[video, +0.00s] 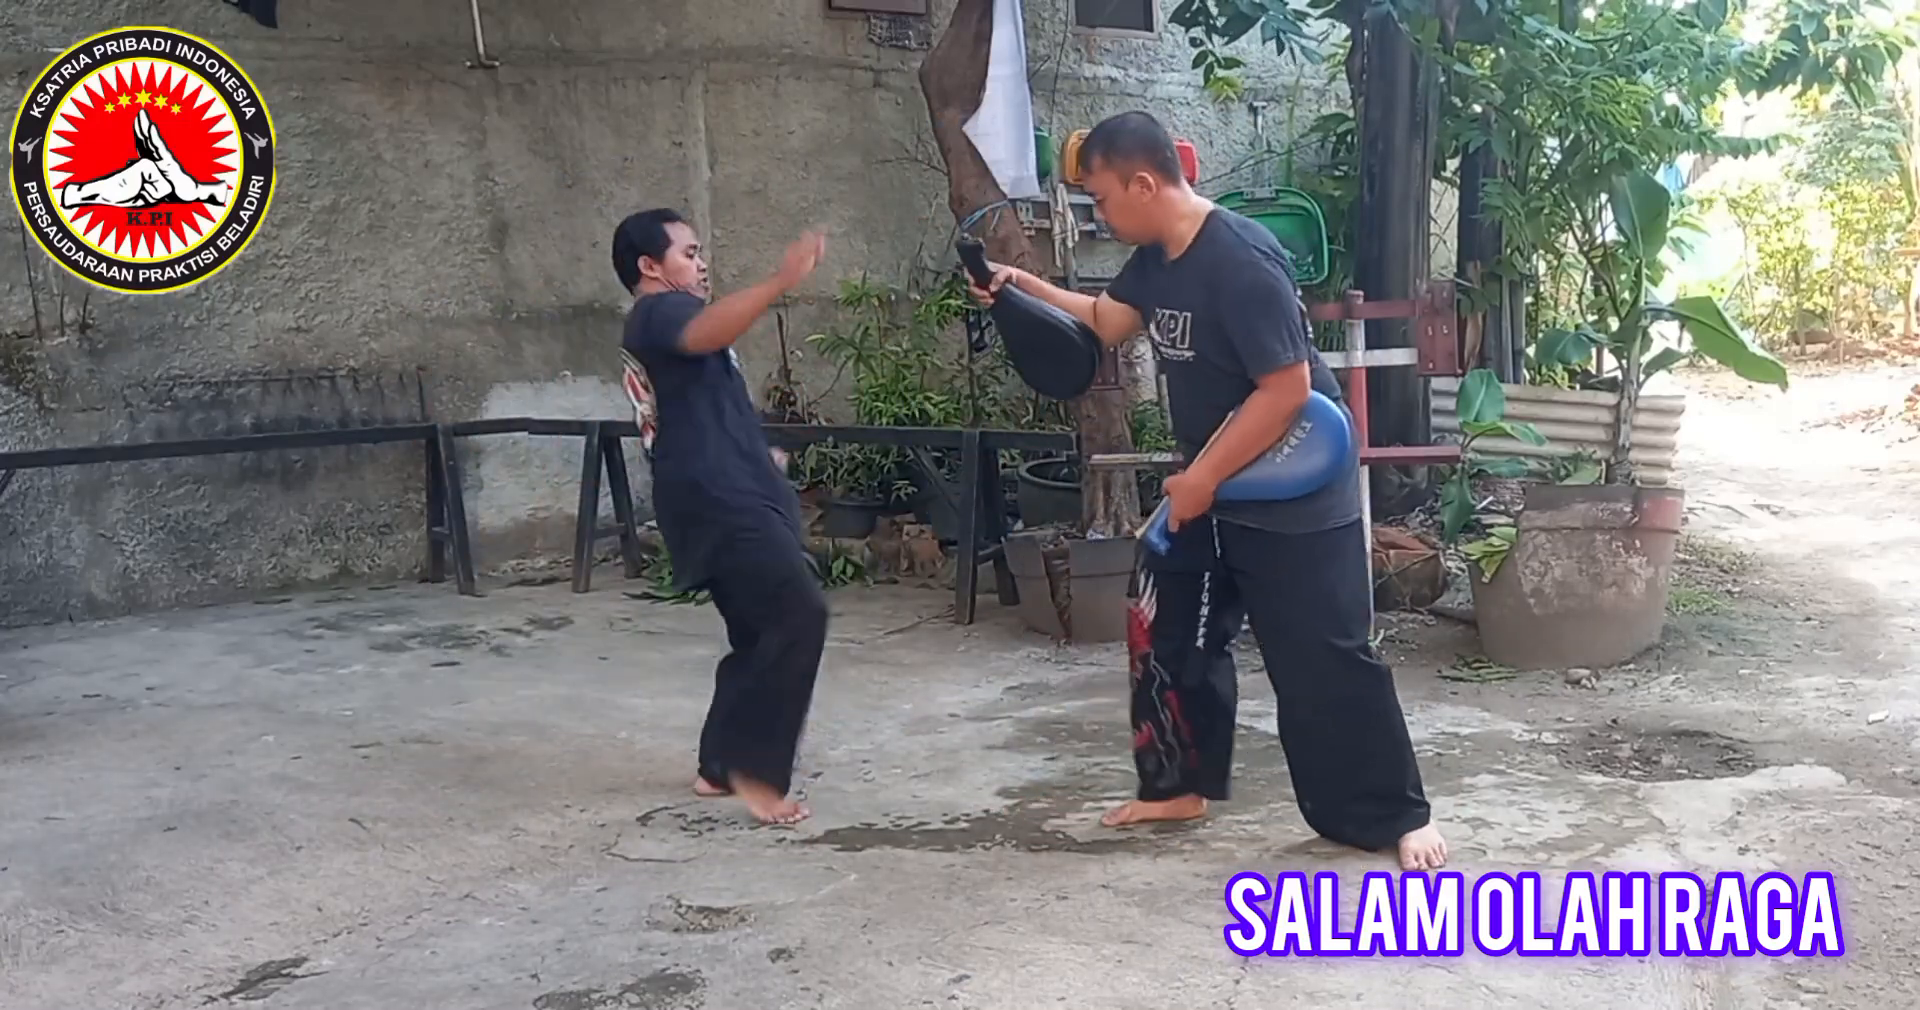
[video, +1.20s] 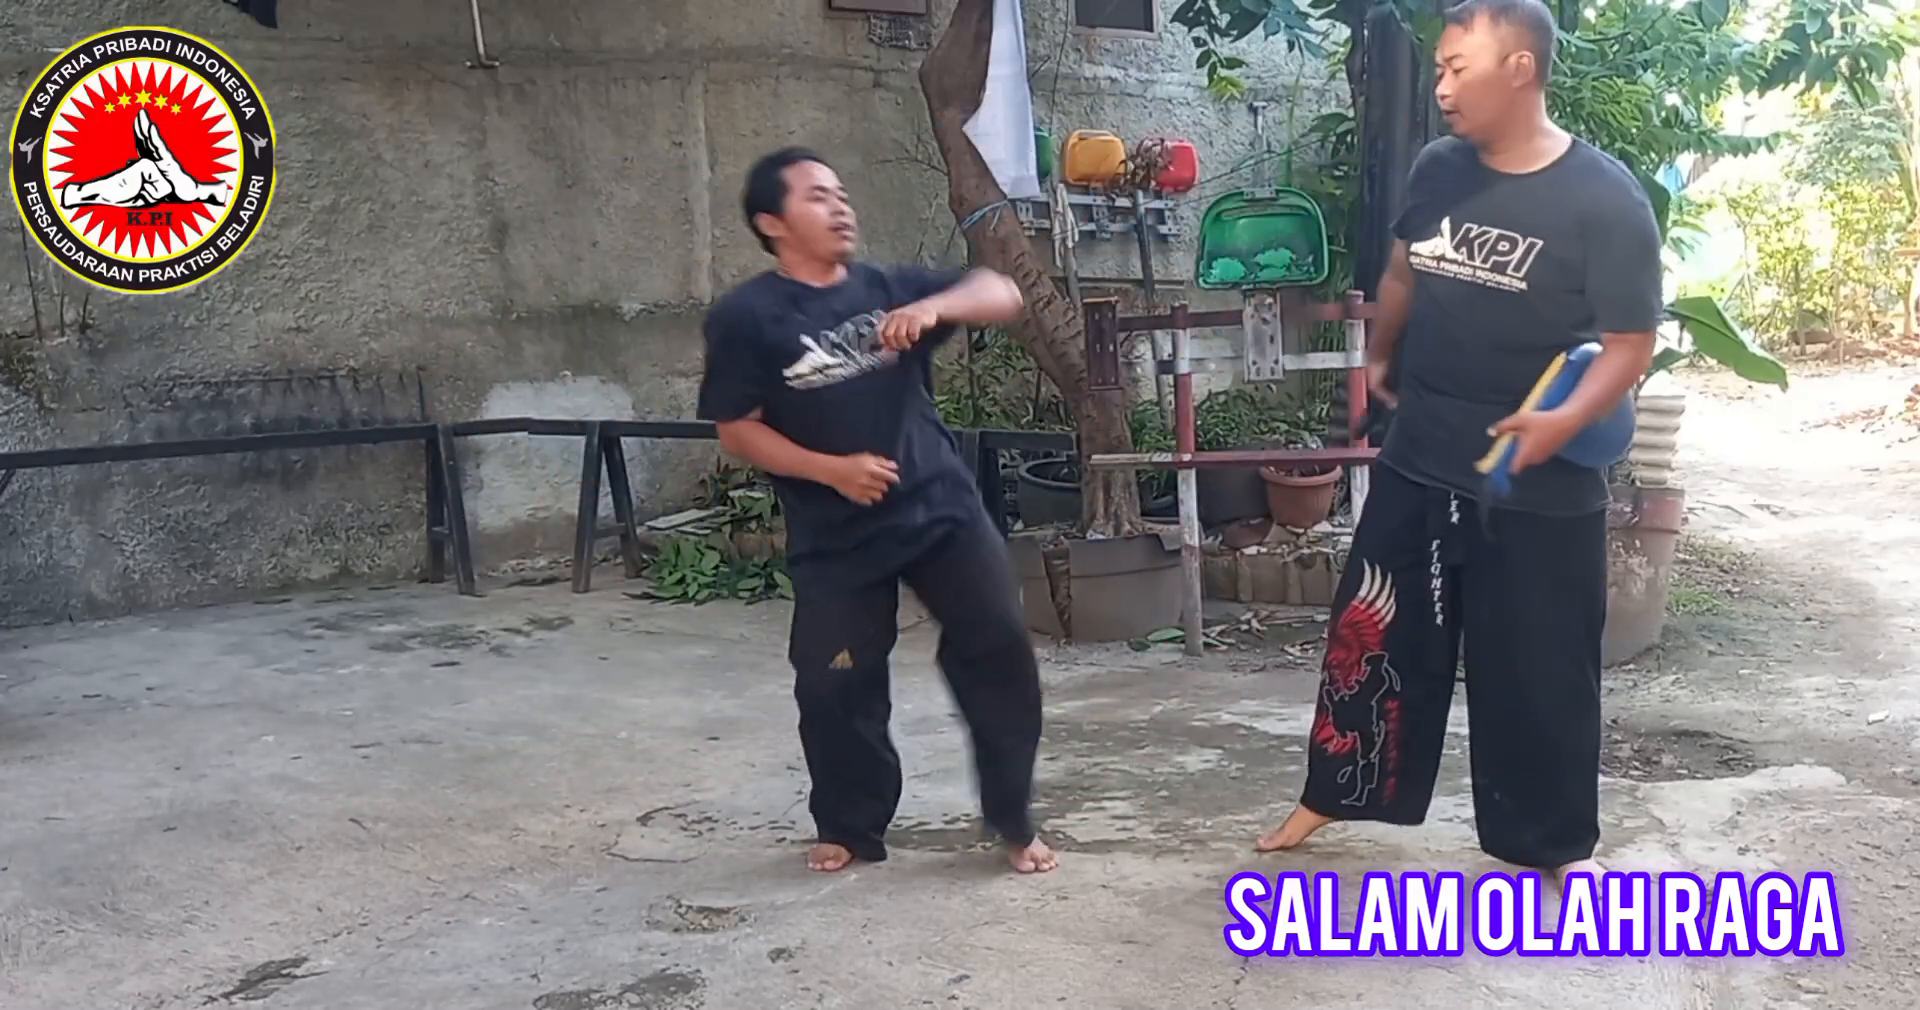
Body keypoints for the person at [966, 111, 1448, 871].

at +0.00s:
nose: (1099, 214)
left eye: (1102, 196)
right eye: (1095, 200)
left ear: (1150, 182)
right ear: (1148, 186)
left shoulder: (1243, 261)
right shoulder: (1156, 255)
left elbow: (1287, 386)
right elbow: (1107, 320)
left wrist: (1202, 475)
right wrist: (1021, 286)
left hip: (1298, 500)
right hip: (1213, 496)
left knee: (1330, 654)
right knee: (1182, 634)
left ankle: (1405, 818)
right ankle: (1182, 786)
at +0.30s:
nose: (1146, 202)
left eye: (1151, 186)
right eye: (1142, 188)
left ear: (1201, 174)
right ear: (1195, 176)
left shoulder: (1297, 261)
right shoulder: (1178, 240)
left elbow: (1348, 391)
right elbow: (1124, 275)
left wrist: (1277, 485)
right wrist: (1051, 238)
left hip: (1321, 484)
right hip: (1228, 482)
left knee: (1388, 643)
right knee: (1193, 634)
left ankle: (1490, 805)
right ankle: (1187, 791)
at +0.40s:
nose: (1203, 204)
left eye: (1209, 189)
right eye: (1199, 191)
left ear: (1262, 179)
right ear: (1251, 182)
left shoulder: (1362, 266)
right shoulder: (1221, 246)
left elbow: (1401, 399)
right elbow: (1151, 283)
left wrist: (1317, 479)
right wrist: (1082, 273)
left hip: (1372, 512)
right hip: (1266, 502)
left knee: (1451, 671)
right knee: (1221, 650)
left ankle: (1554, 841)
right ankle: (1187, 794)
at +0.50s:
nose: (1257, 208)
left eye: (1265, 192)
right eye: (1254, 192)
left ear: (1324, 181)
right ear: (1307, 184)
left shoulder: (1439, 254)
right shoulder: (1269, 256)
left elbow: (1495, 379)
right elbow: (1189, 332)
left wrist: (1415, 468)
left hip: (1453, 490)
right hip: (1336, 487)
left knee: (1502, 660)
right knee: (1268, 623)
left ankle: (1563, 851)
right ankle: (1235, 784)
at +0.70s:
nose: (1315, 208)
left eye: (1322, 188)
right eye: (1310, 191)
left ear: (1381, 170)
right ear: (1358, 174)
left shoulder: (1507, 230)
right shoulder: (1313, 250)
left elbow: (1573, 348)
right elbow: (1240, 349)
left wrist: (1546, 448)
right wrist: (1203, 457)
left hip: (1504, 485)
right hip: (1381, 485)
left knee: (1536, 669)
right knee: (1340, 636)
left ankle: (1553, 857)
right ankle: (1336, 805)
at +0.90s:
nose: (1397, 155)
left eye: (1411, 136)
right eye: (1391, 137)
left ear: (1475, 123)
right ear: (1391, 128)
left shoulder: (1571, 216)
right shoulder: (1380, 194)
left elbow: (1611, 344)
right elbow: (1289, 275)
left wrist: (1593, 433)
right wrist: (1248, 352)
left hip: (1516, 481)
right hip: (1395, 470)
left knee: (1539, 665)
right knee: (1356, 633)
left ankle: (1556, 852)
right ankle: (1331, 797)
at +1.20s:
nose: (1441, 87)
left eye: (1456, 69)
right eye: (1439, 72)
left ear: (1523, 68)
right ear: (1459, 80)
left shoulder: (1607, 198)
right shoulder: (1435, 169)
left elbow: (1632, 344)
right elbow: (1402, 273)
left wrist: (1564, 420)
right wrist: (1378, 354)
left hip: (1539, 487)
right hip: (1420, 464)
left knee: (1539, 677)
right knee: (1365, 628)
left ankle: (1546, 854)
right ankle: (1327, 793)